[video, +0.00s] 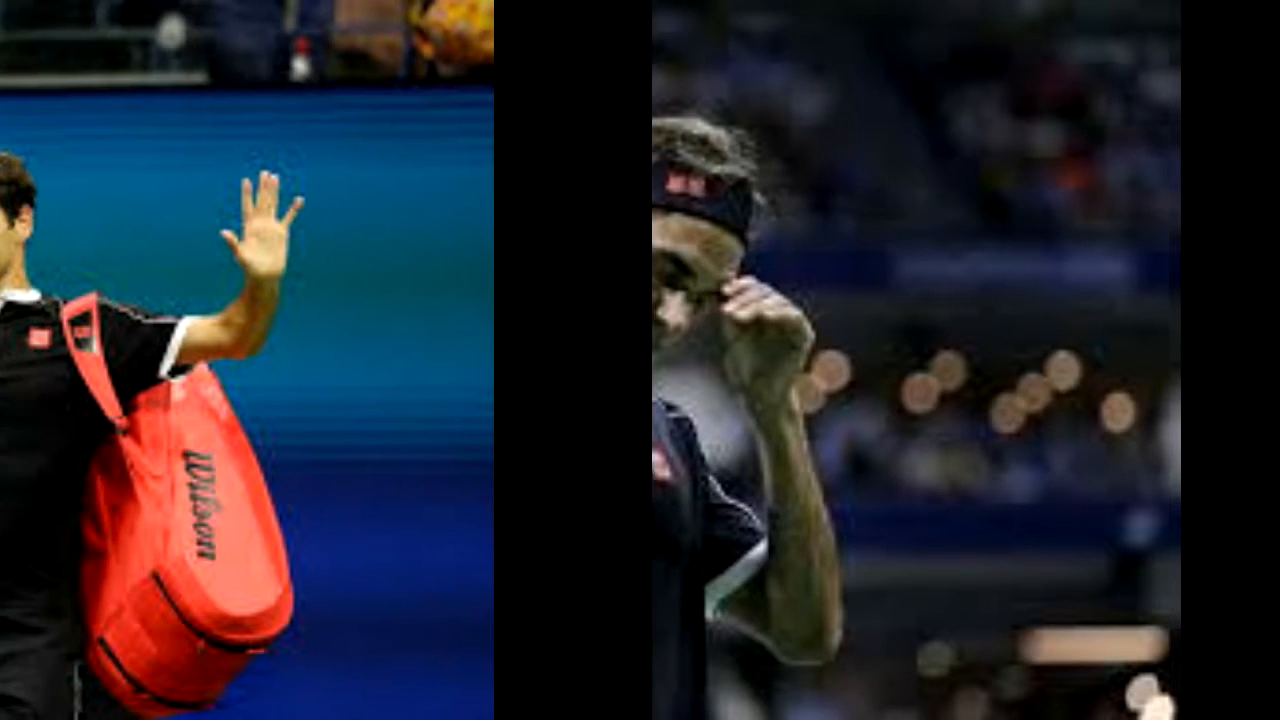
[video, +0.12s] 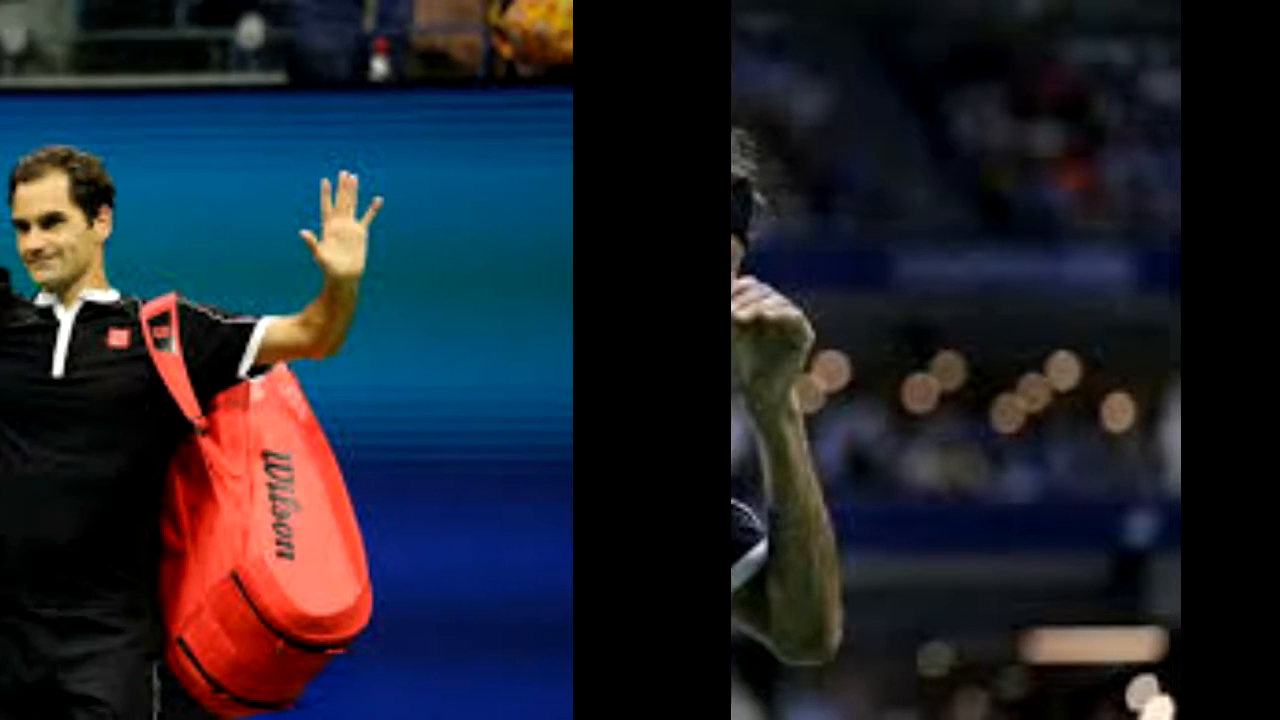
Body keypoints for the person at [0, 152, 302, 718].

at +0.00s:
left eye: (2, 215)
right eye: (3, 215)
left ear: (23, 221)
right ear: (20, 221)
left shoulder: (77, 332)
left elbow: (233, 335)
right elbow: (233, 334)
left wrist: (263, 283)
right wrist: (264, 283)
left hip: (31, 622)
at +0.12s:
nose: (33, 242)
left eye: (51, 223)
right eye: (22, 228)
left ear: (100, 223)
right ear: (13, 235)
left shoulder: (160, 329)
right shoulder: (8, 328)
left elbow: (313, 337)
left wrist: (341, 283)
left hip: (107, 623)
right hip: (9, 617)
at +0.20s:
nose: (86, 242)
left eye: (103, 223)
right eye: (74, 227)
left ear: (152, 222)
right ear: (64, 233)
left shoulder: (215, 329)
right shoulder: (34, 323)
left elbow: (363, 337)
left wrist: (393, 285)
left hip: (159, 623)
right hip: (48, 617)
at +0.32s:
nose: (165, 243)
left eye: (182, 223)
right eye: (153, 228)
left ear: (231, 223)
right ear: (143, 235)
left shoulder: (295, 330)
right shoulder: (111, 317)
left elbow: (445, 337)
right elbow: (5, 259)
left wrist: (473, 282)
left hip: (239, 626)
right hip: (129, 622)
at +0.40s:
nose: (218, 242)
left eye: (236, 222)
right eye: (205, 227)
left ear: (283, 223)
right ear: (195, 234)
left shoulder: (351, 331)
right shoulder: (166, 319)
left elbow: (497, 336)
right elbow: (38, 252)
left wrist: (525, 282)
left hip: (293, 628)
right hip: (181, 625)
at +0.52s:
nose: (294, 241)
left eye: (312, 224)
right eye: (283, 228)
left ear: (360, 224)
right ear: (273, 235)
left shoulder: (429, 329)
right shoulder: (242, 317)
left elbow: (574, 336)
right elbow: (111, 251)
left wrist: (603, 284)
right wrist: (42, 133)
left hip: (370, 626)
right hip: (256, 624)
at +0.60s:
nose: (347, 242)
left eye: (365, 224)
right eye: (336, 228)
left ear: (413, 225)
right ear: (327, 235)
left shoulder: (482, 329)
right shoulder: (295, 317)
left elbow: (628, 336)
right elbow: (164, 251)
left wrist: (656, 284)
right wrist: (95, 133)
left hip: (424, 627)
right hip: (310, 624)